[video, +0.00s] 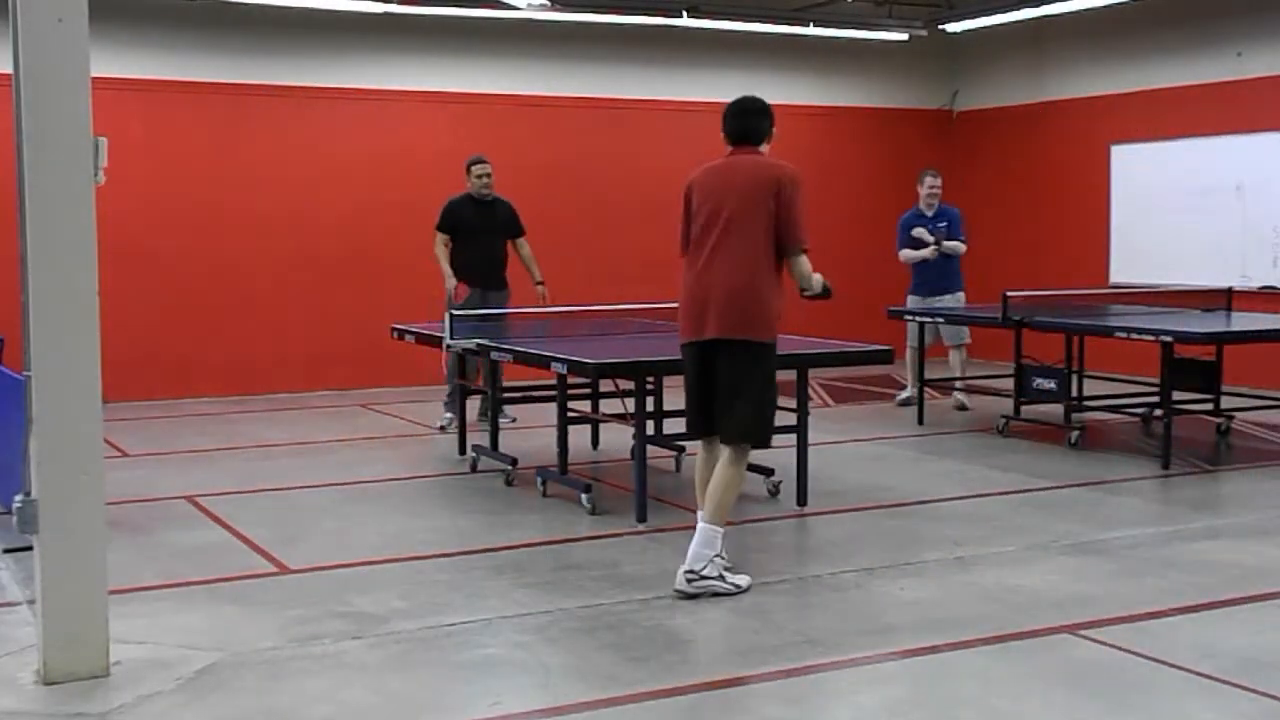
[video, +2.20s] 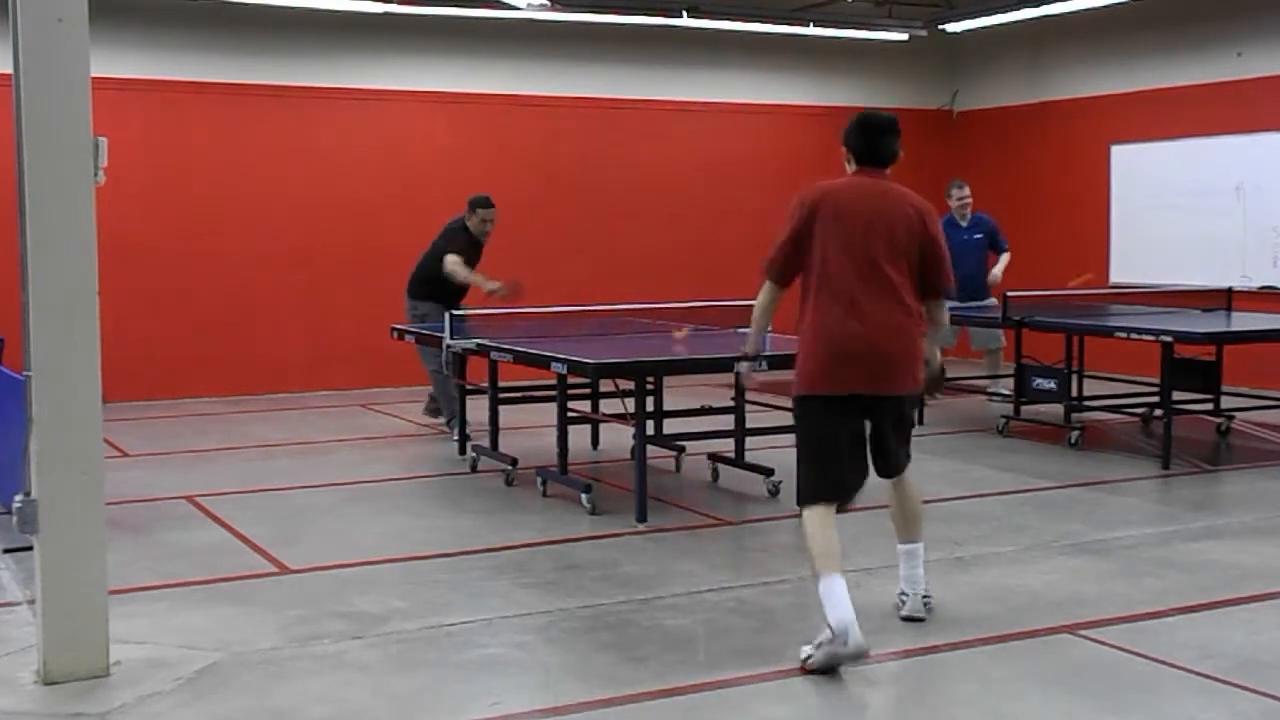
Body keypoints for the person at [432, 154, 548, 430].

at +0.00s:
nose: (486, 181)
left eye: (489, 176)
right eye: (479, 177)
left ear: (494, 178)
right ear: (468, 180)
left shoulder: (505, 209)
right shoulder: (455, 208)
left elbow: (521, 245)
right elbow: (441, 244)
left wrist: (538, 280)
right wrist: (449, 278)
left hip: (497, 290)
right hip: (464, 289)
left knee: (495, 351)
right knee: (459, 350)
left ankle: (492, 405)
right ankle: (453, 407)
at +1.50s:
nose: (492, 222)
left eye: (495, 216)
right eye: (486, 216)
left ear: (499, 214)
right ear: (473, 214)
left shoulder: (501, 236)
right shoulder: (451, 234)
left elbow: (506, 270)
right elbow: (423, 262)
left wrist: (517, 302)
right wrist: (453, 290)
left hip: (480, 301)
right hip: (446, 302)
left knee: (490, 355)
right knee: (451, 357)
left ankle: (487, 407)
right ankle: (454, 413)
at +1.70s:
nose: (497, 233)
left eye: (501, 227)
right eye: (491, 228)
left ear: (505, 225)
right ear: (477, 225)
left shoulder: (498, 242)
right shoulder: (459, 245)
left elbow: (488, 264)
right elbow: (432, 287)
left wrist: (490, 284)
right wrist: (462, 308)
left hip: (465, 305)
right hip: (435, 306)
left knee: (480, 355)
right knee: (442, 363)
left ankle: (483, 408)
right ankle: (455, 418)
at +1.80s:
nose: (497, 234)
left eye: (500, 228)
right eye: (491, 228)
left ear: (503, 225)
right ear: (476, 225)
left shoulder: (491, 245)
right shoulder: (459, 246)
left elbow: (471, 273)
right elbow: (447, 295)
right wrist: (489, 308)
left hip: (457, 302)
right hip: (431, 304)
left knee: (465, 357)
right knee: (440, 363)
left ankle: (475, 408)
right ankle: (455, 419)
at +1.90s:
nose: (495, 238)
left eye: (498, 232)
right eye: (490, 231)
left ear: (502, 227)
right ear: (475, 226)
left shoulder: (482, 241)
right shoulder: (461, 245)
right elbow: (472, 288)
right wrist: (518, 290)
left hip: (454, 302)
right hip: (430, 303)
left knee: (458, 355)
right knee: (439, 362)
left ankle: (461, 403)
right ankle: (454, 419)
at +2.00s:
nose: (493, 240)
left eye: (496, 234)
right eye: (488, 234)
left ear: (498, 229)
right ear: (473, 228)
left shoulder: (473, 232)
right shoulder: (459, 245)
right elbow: (489, 264)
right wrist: (521, 272)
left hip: (452, 302)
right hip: (427, 303)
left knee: (459, 354)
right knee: (438, 361)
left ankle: (457, 406)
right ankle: (453, 416)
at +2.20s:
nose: (489, 228)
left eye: (492, 222)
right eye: (484, 221)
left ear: (494, 219)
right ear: (470, 217)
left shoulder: (475, 235)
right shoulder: (456, 235)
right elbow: (451, 266)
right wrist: (485, 283)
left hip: (448, 303)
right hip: (426, 303)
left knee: (458, 352)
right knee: (439, 360)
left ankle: (436, 401)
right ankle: (454, 419)